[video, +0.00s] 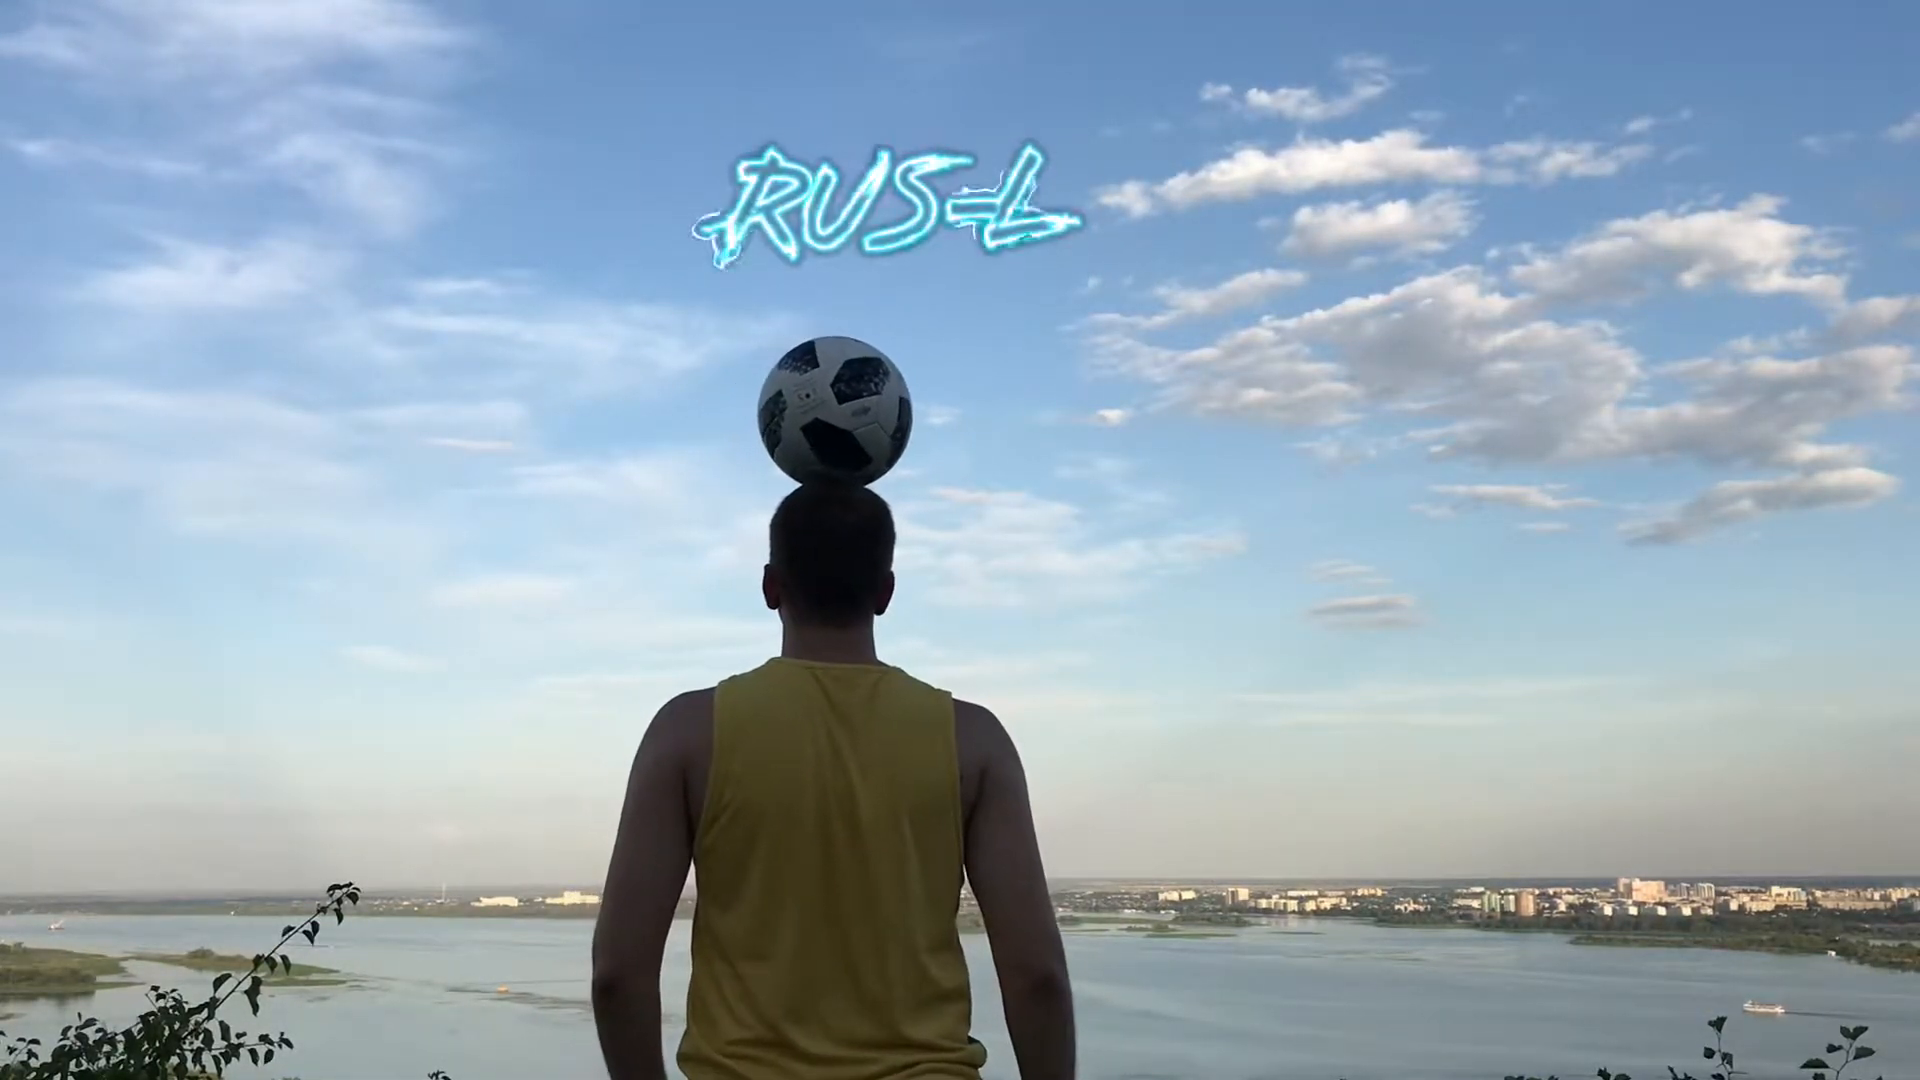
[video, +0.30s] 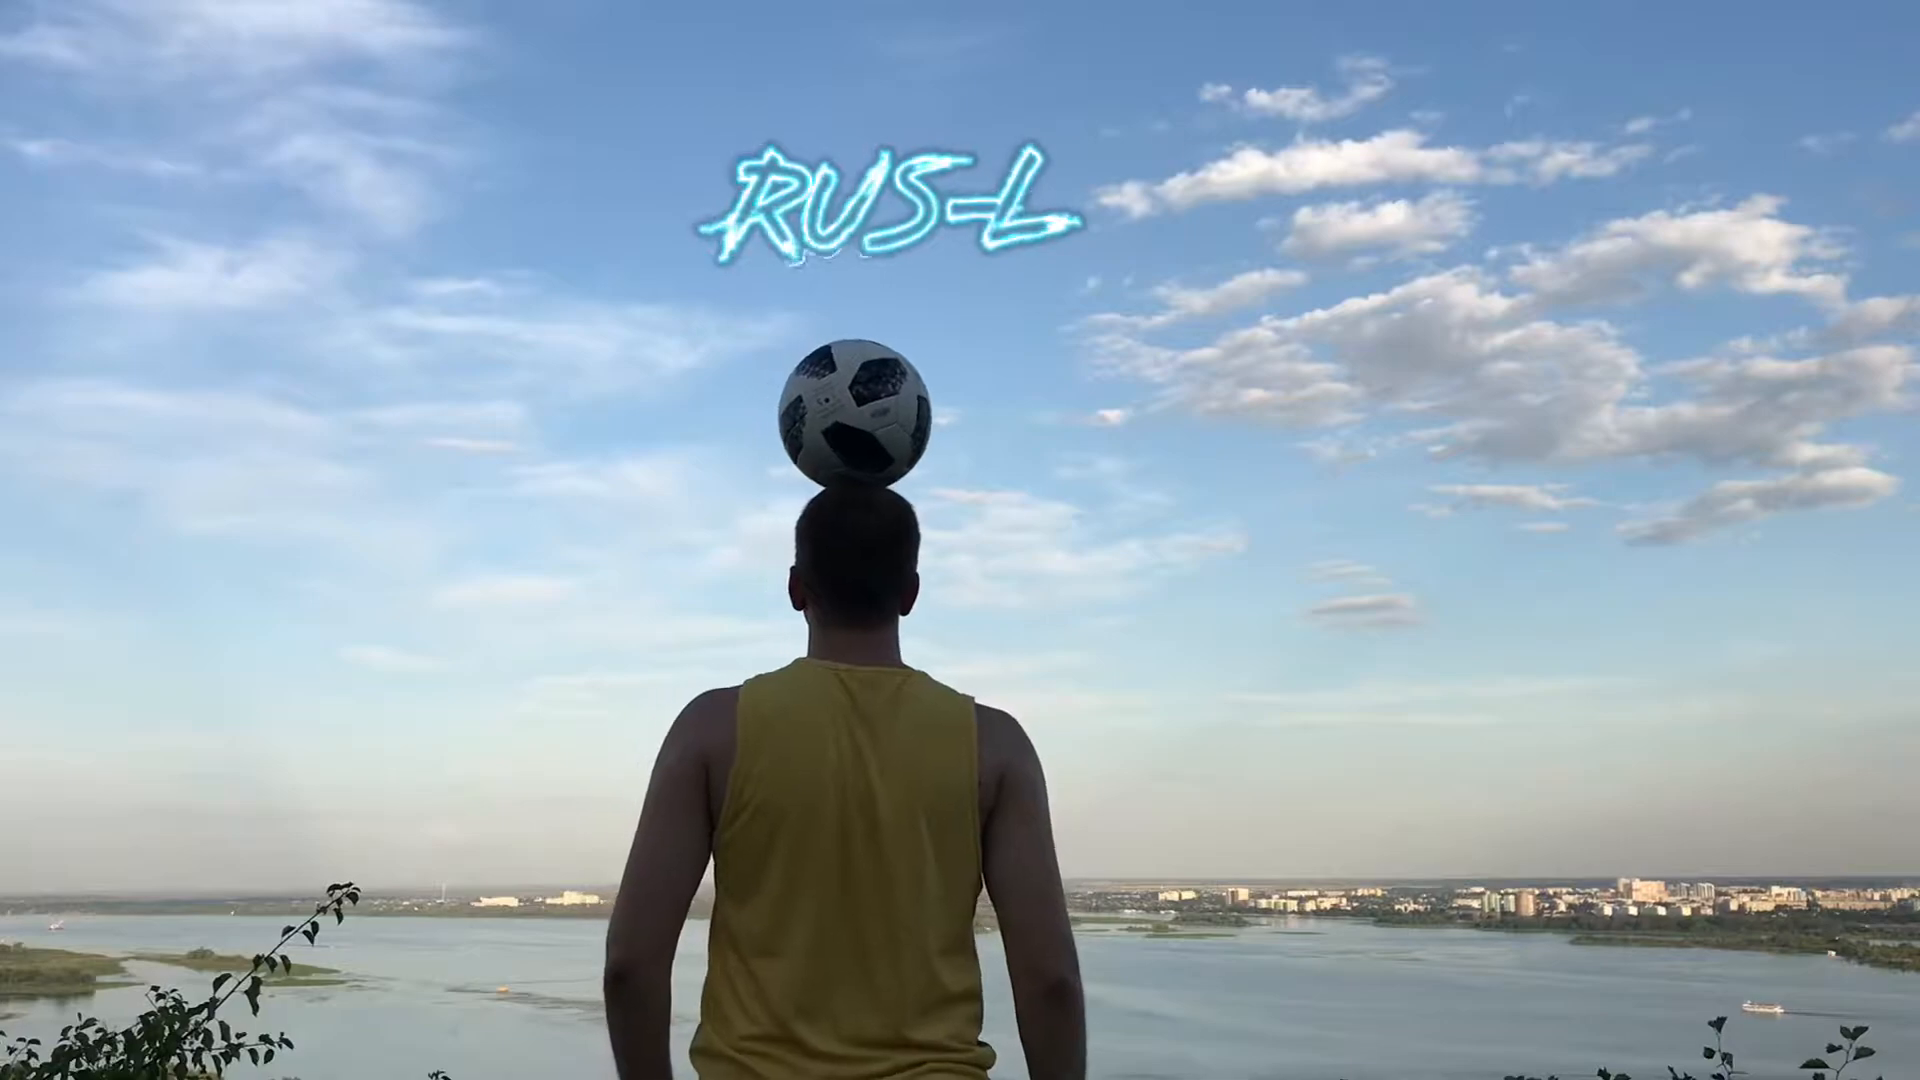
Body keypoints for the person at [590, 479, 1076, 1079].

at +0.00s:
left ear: (771, 585)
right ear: (887, 590)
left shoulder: (690, 728)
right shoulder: (971, 736)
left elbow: (618, 976)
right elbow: (1038, 979)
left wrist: (643, 1073)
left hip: (739, 1060)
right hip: (926, 1062)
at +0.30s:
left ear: (796, 586)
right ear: (913, 592)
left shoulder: (714, 727)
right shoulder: (992, 740)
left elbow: (631, 966)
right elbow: (1051, 984)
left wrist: (651, 1073)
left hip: (751, 1060)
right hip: (936, 1062)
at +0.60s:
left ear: (810, 589)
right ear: (925, 594)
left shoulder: (729, 726)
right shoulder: (1004, 742)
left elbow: (649, 966)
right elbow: (1065, 984)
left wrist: (672, 1072)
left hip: (762, 1060)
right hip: (945, 1062)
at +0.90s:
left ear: (816, 591)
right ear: (932, 597)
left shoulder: (734, 727)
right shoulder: (1008, 743)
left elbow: (652, 964)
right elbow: (1067, 983)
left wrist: (672, 1072)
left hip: (768, 1060)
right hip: (948, 1062)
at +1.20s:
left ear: (821, 593)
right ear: (936, 598)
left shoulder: (741, 727)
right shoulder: (1013, 744)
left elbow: (660, 962)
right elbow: (1071, 982)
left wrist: (681, 1070)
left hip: (772, 1058)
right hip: (952, 1060)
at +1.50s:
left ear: (843, 597)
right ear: (958, 603)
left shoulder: (760, 726)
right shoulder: (1031, 747)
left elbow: (675, 958)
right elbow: (1083, 985)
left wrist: (693, 1071)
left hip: (788, 1058)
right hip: (966, 1061)